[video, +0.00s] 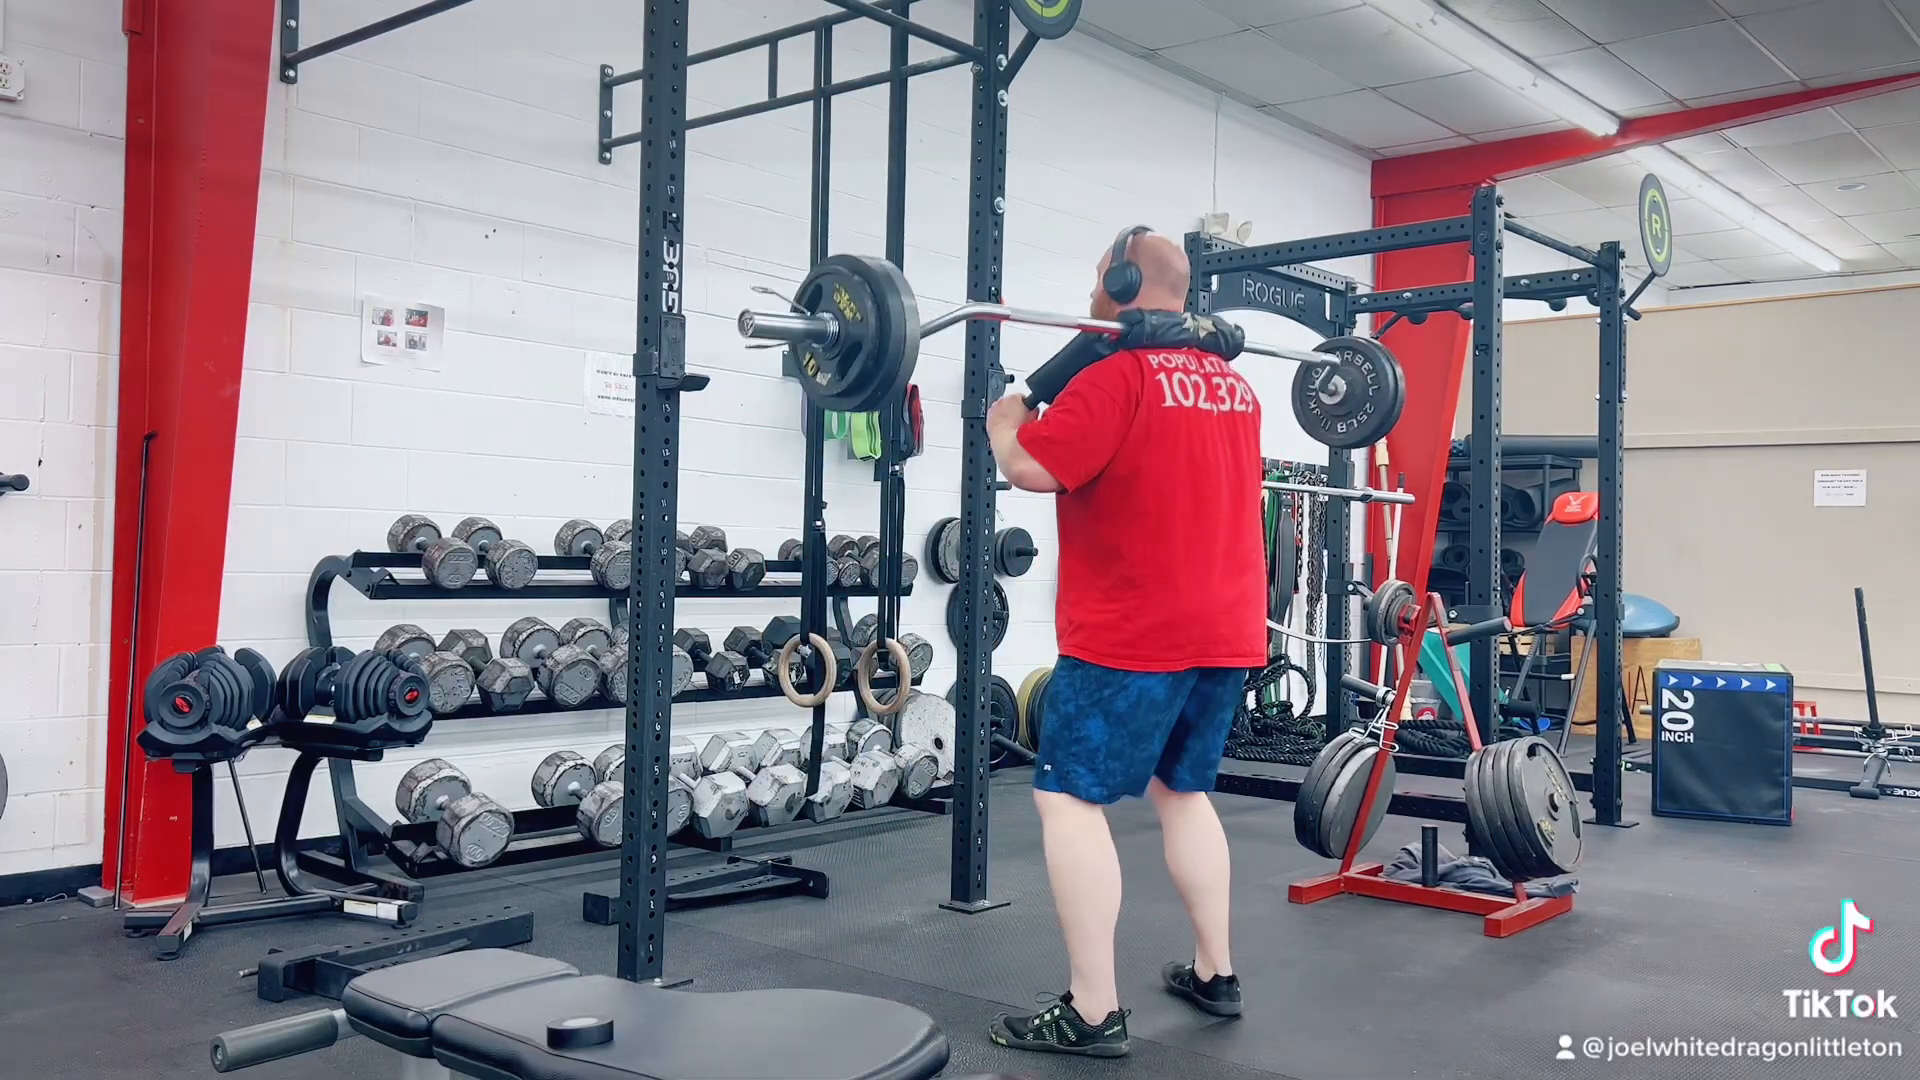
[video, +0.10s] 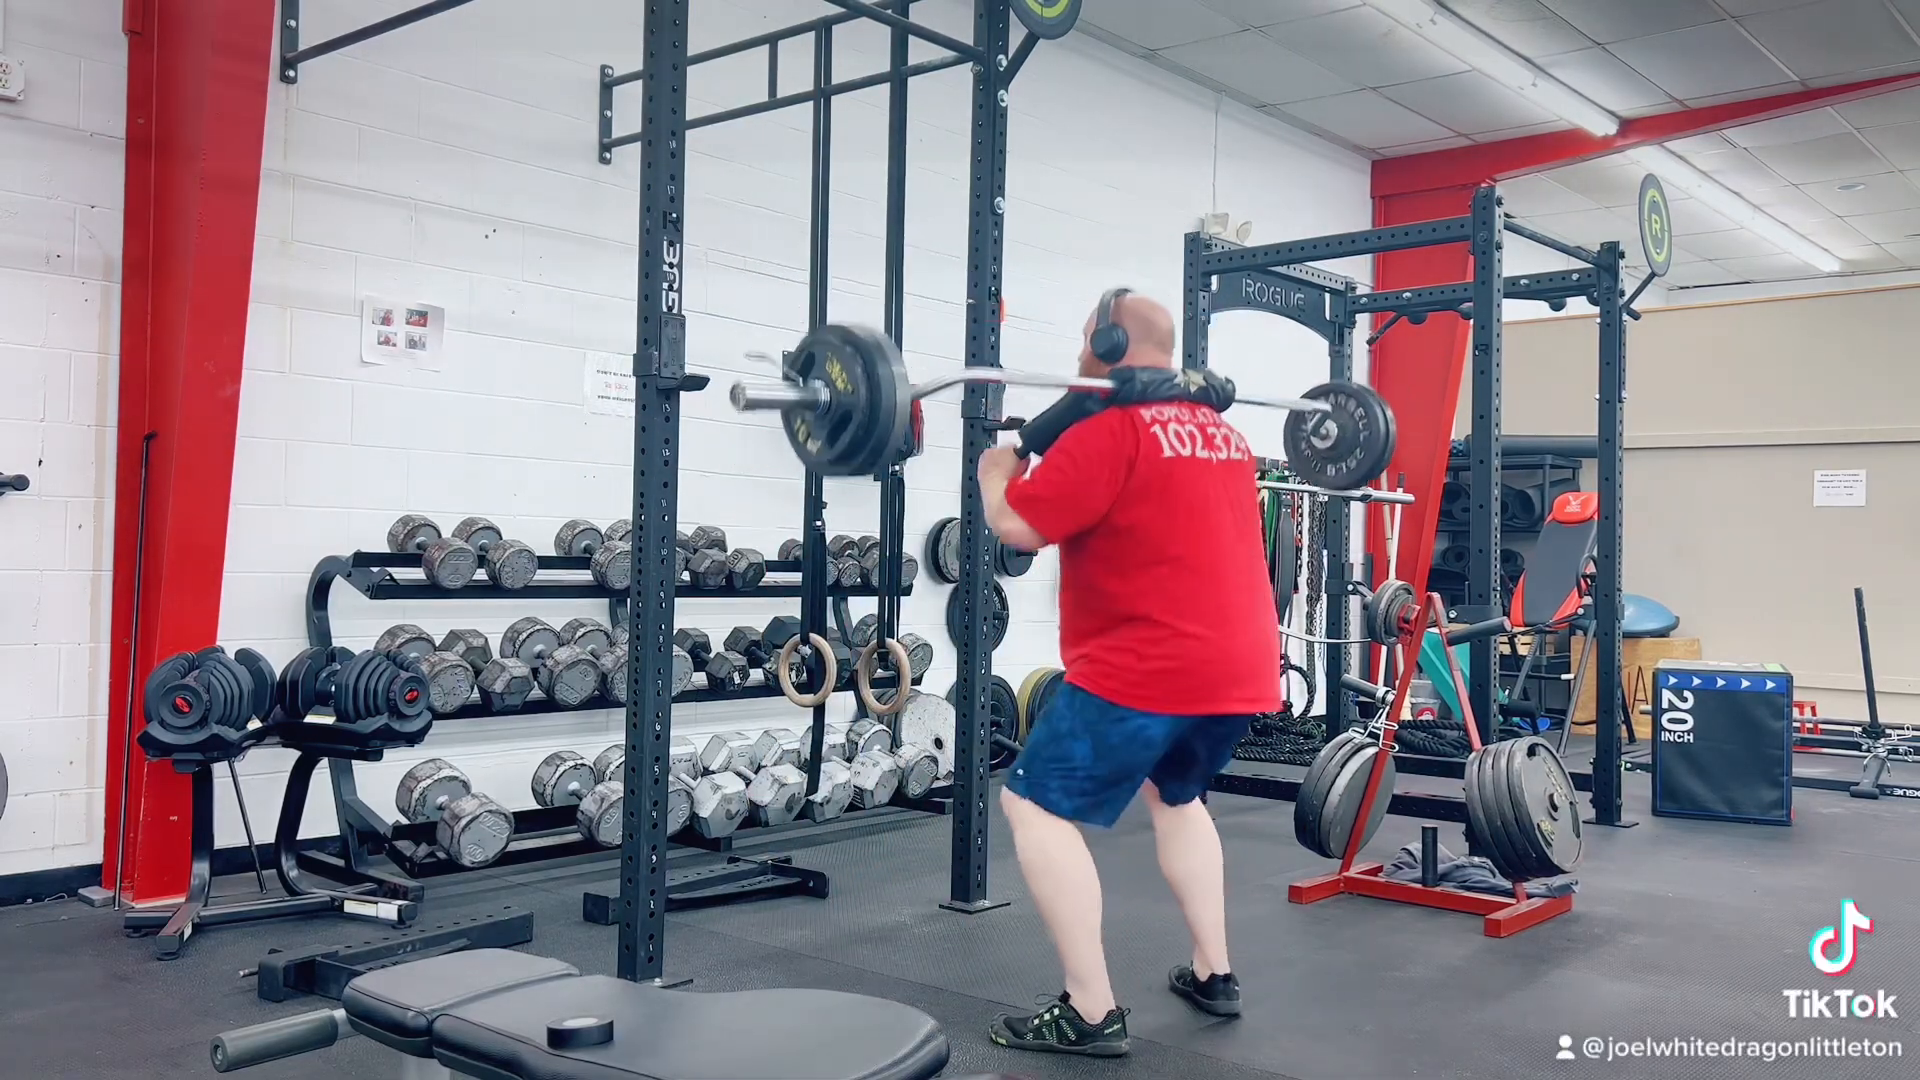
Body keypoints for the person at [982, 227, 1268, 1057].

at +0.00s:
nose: (1091, 301)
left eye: (1096, 289)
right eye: (1097, 287)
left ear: (1114, 298)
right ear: (1181, 301)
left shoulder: (1118, 372)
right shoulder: (1233, 381)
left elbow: (1030, 467)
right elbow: (1238, 498)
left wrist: (1005, 422)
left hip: (1131, 633)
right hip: (1230, 632)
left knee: (1066, 791)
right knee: (1184, 787)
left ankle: (1093, 1008)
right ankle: (1216, 972)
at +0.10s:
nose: (1078, 358)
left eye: (1083, 345)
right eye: (1082, 344)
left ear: (1103, 352)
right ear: (1167, 352)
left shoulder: (1112, 429)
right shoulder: (1223, 430)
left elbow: (1015, 526)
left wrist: (994, 471)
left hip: (1142, 667)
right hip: (1243, 669)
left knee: (1034, 799)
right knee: (1176, 792)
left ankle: (1091, 1007)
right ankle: (1215, 974)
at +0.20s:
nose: (1067, 436)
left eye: (1072, 422)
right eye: (1070, 423)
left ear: (1092, 429)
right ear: (1158, 430)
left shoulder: (1108, 504)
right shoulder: (1212, 497)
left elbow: (1006, 597)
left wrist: (990, 540)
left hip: (1160, 728)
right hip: (1261, 730)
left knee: (1014, 810)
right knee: (1172, 808)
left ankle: (1090, 1009)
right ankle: (1214, 975)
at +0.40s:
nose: (1066, 560)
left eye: (1069, 549)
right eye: (1071, 548)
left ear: (1082, 556)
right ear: (1149, 555)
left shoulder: (1101, 627)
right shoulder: (1201, 612)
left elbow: (995, 723)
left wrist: (978, 660)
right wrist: (1075, 615)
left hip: (1190, 845)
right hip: (1274, 843)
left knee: (988, 820)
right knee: (1156, 784)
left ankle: (1088, 1009)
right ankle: (1211, 973)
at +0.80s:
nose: (1064, 451)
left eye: (1067, 440)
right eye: (1067, 440)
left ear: (1084, 445)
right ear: (1153, 442)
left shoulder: (1104, 513)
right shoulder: (1211, 508)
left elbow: (1014, 611)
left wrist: (987, 562)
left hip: (1162, 730)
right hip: (1265, 730)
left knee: (1011, 807)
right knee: (1166, 806)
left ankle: (1089, 1009)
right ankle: (1212, 974)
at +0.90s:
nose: (1073, 374)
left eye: (1077, 362)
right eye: (1075, 362)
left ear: (1096, 364)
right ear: (1162, 360)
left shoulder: (1112, 429)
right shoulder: (1218, 433)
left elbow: (1021, 526)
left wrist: (996, 481)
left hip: (1151, 658)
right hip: (1249, 660)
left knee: (1033, 795)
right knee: (1175, 788)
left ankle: (1089, 1007)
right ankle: (1212, 973)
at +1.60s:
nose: (1069, 473)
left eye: (1071, 463)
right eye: (1074, 462)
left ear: (1083, 467)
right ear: (1157, 463)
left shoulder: (1107, 534)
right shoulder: (1208, 524)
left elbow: (1013, 639)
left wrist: (983, 569)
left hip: (1179, 753)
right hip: (1274, 753)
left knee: (1009, 810)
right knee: (1178, 811)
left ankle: (1090, 1011)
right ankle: (1214, 974)